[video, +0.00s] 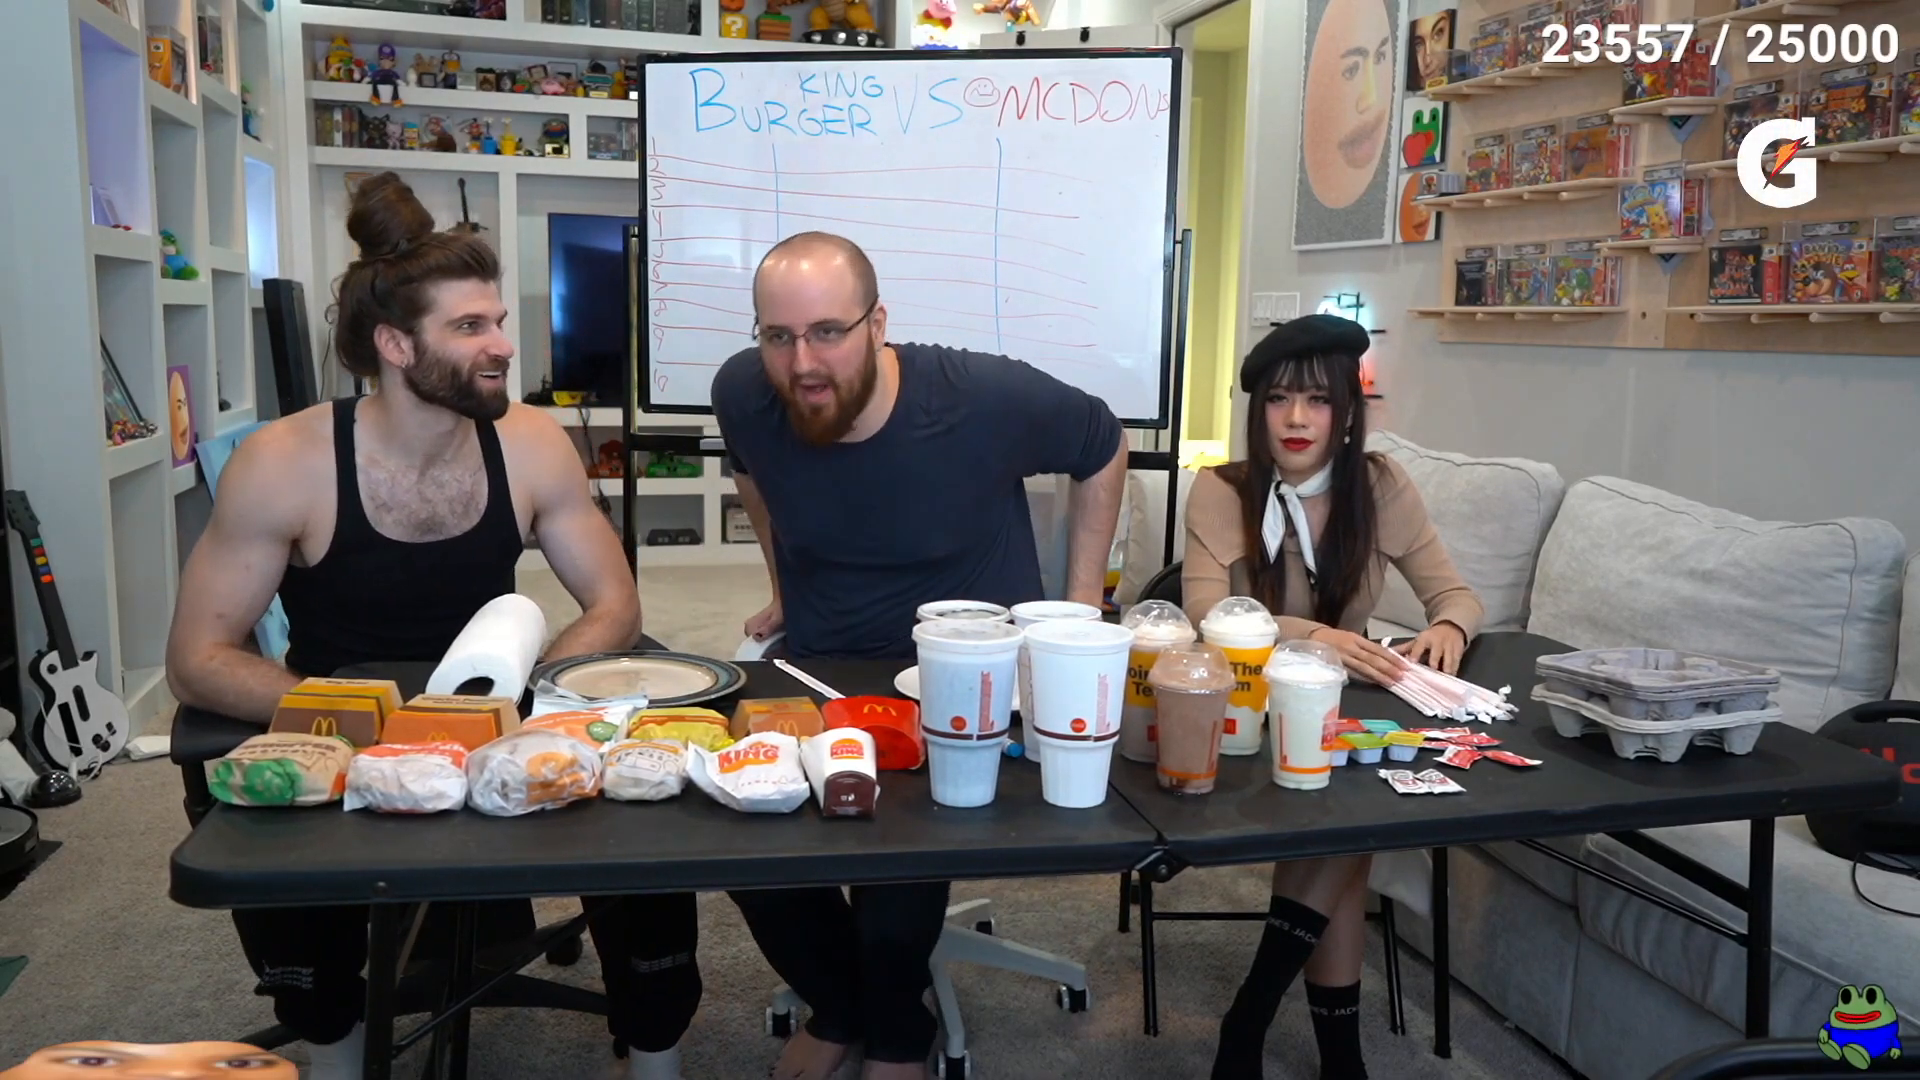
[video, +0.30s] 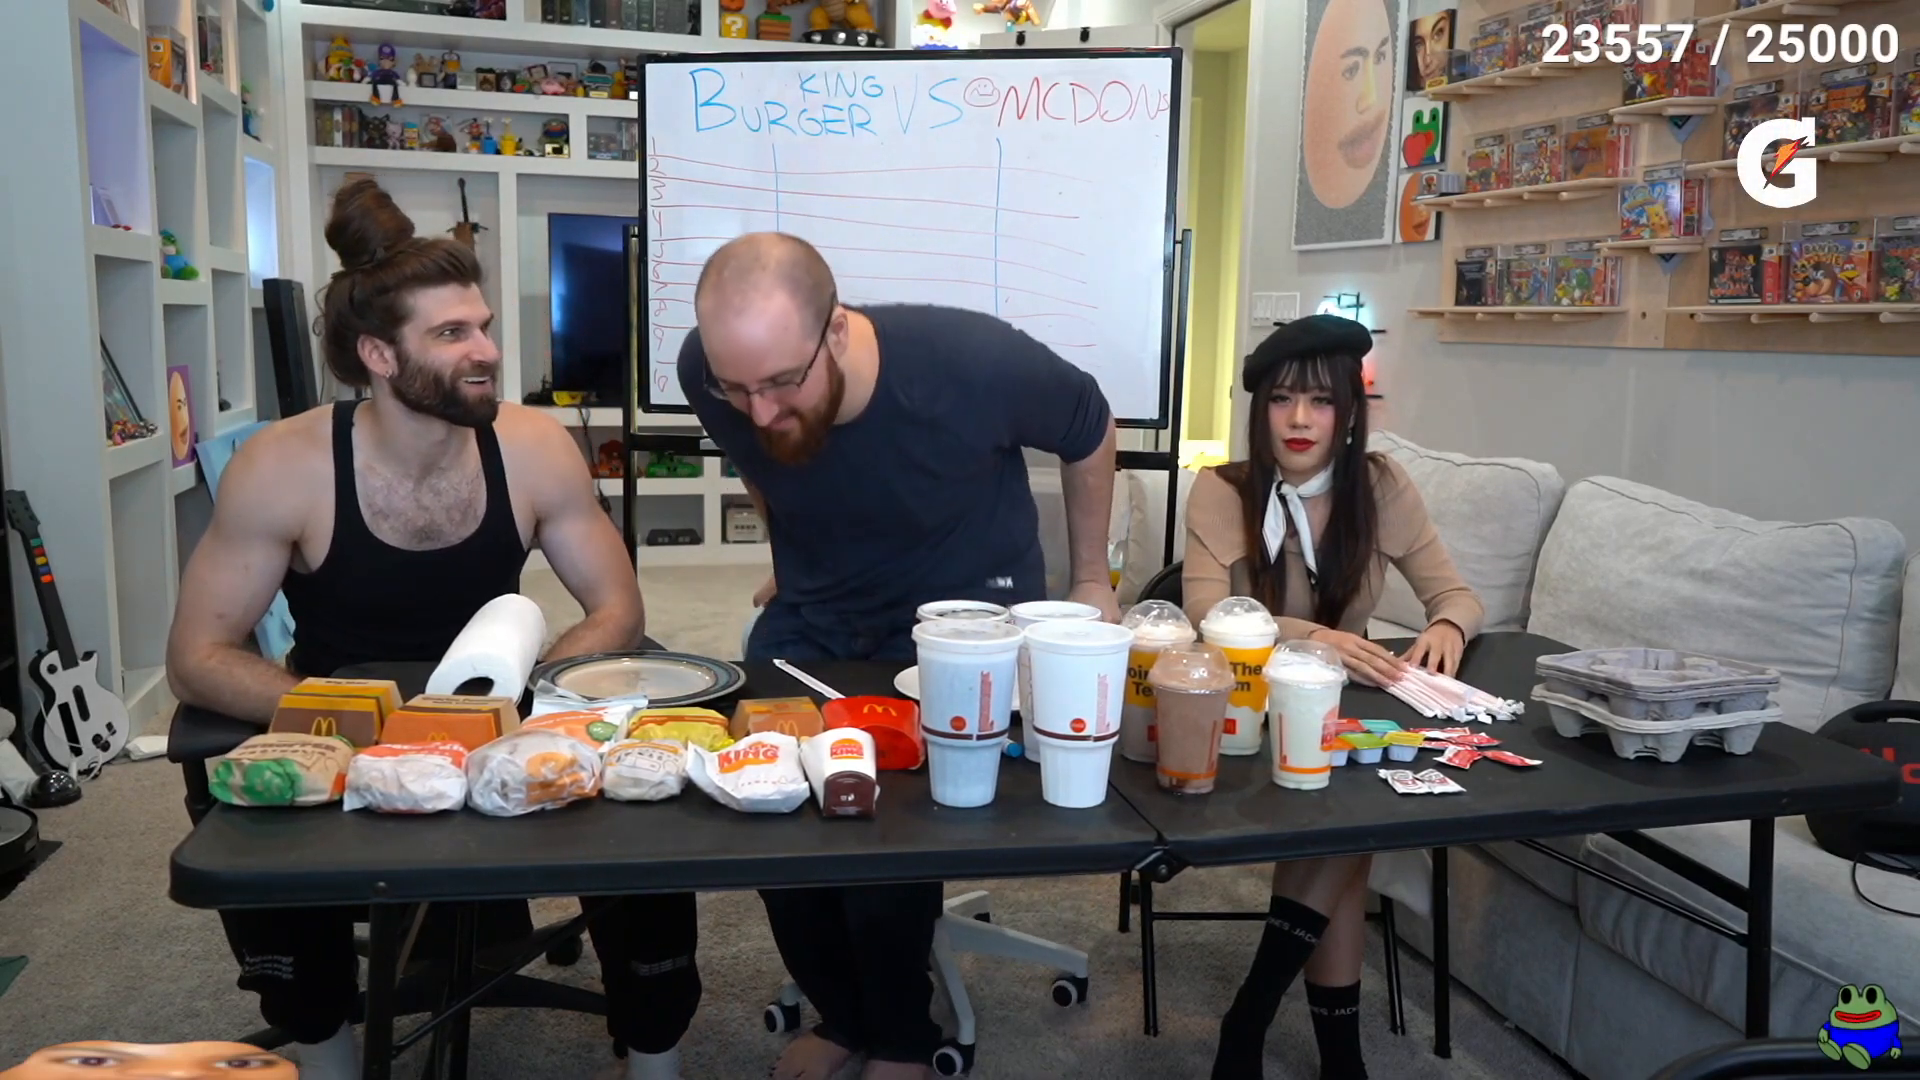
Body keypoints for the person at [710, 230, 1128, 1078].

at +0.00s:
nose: (803, 362)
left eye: (827, 334)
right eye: (780, 337)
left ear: (876, 324)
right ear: (759, 333)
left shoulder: (981, 396)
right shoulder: (744, 395)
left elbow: (1104, 444)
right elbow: (754, 482)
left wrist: (1082, 606)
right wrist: (784, 590)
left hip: (953, 683)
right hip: (814, 674)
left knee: (900, 846)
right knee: (748, 828)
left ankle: (894, 1040)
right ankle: (835, 1013)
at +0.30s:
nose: (763, 410)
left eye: (784, 380)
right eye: (736, 388)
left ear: (836, 325)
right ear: (709, 353)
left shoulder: (971, 361)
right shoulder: (709, 376)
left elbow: (1089, 429)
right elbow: (756, 473)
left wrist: (1089, 579)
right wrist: (782, 565)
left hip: (956, 642)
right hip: (809, 636)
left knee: (889, 833)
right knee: (771, 819)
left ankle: (901, 1044)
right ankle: (837, 1021)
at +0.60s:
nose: (703, 262)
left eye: (716, 238)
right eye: (690, 240)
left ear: (795, 189)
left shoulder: (970, 240)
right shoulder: (711, 250)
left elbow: (1090, 373)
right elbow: (740, 390)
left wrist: (1097, 544)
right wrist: (779, 516)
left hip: (934, 571)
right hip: (796, 560)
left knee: (873, 811)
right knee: (763, 798)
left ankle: (898, 1030)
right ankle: (837, 1016)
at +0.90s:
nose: (682, 104)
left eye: (680, 76)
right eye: (672, 82)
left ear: (746, 46)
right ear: (744, 50)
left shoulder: (950, 155)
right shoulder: (763, 150)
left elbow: (1052, 350)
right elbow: (780, 323)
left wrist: (1018, 538)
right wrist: (782, 461)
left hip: (903, 541)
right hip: (776, 514)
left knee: (854, 797)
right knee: (731, 760)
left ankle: (900, 1023)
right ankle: (814, 982)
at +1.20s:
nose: (634, 79)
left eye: (623, 49)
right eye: (621, 55)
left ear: (671, 20)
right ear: (686, 18)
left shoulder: (854, 121)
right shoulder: (765, 122)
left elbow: (972, 335)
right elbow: (827, 328)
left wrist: (894, 521)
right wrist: (784, 485)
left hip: (866, 522)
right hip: (783, 505)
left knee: (850, 771)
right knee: (716, 730)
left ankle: (893, 1025)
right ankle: (770, 980)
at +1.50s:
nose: (588, 89)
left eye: (576, 60)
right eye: (576, 68)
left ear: (607, 28)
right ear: (643, 21)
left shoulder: (749, 92)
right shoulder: (730, 103)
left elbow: (815, 310)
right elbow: (791, 312)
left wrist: (696, 422)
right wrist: (734, 441)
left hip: (829, 477)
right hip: (777, 477)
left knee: (795, 739)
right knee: (688, 699)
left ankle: (894, 1021)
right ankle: (710, 913)